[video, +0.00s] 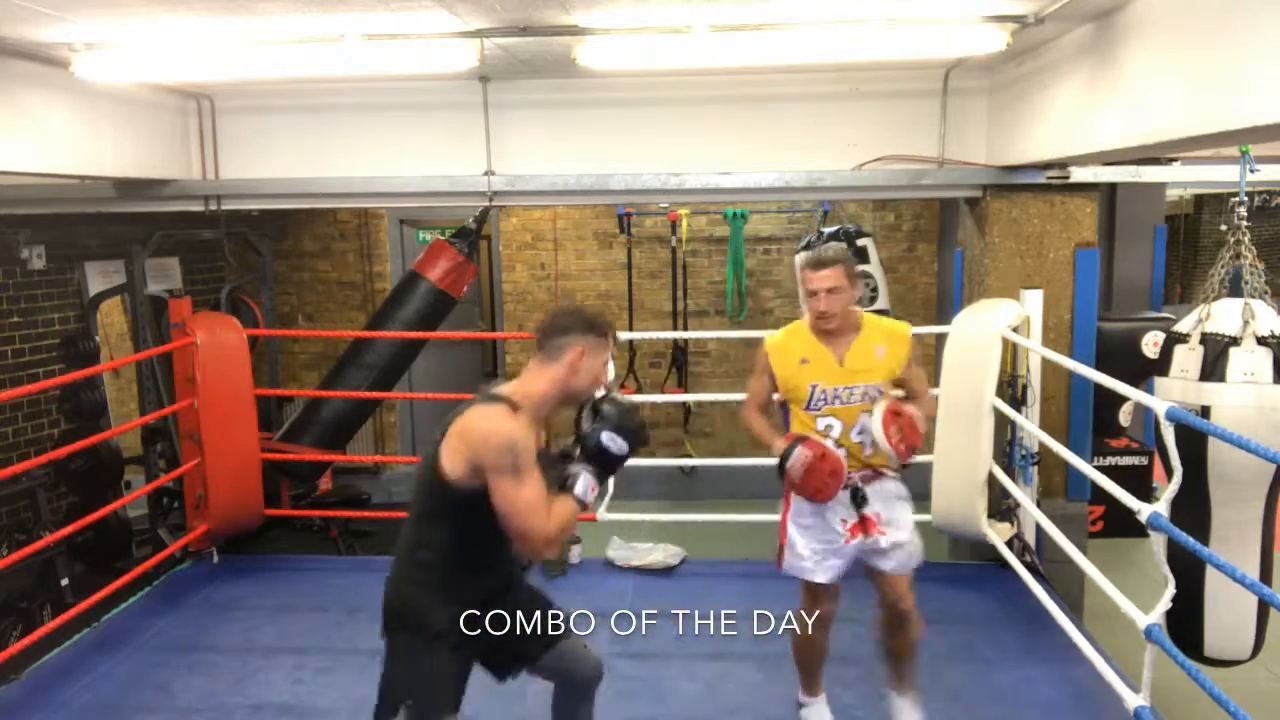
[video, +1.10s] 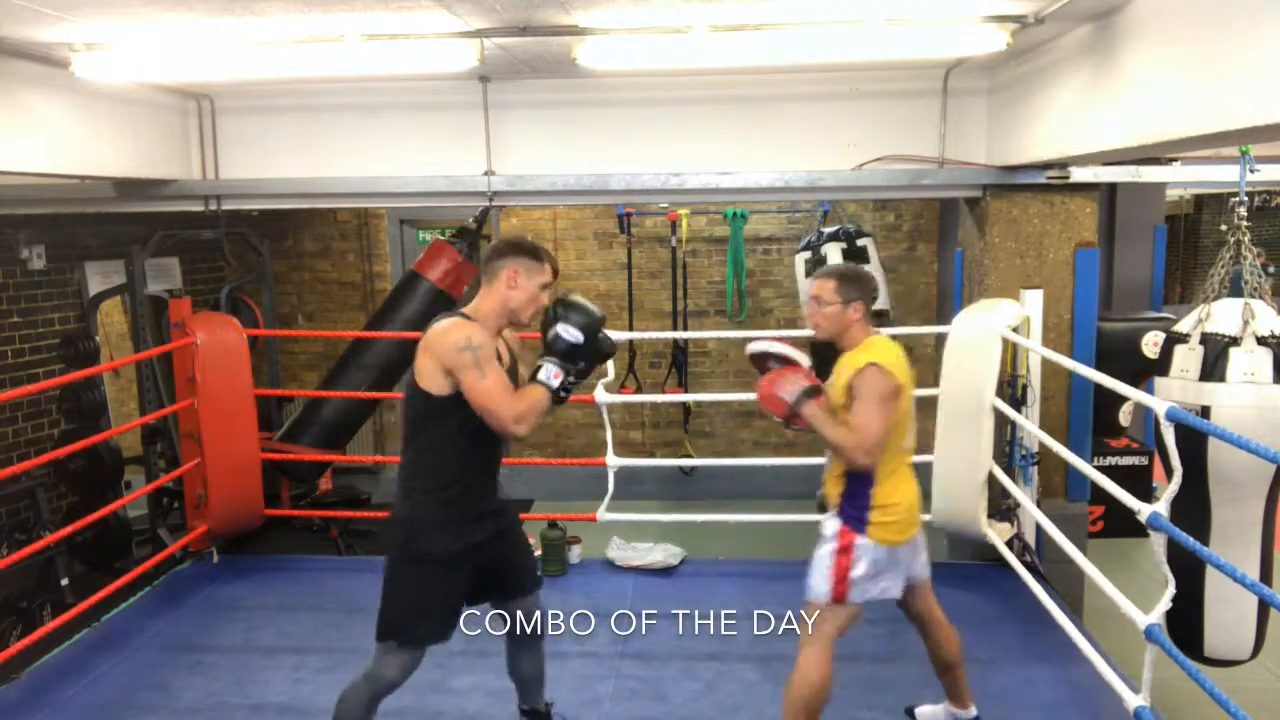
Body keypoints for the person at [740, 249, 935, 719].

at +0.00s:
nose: (821, 305)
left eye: (832, 293)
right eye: (811, 294)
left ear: (855, 291)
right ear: (801, 295)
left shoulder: (896, 338)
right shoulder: (779, 348)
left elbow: (922, 397)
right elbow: (751, 409)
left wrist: (912, 421)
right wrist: (782, 447)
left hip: (883, 490)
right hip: (815, 496)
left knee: (901, 605)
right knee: (817, 607)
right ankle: (812, 701)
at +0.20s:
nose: (840, 315)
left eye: (852, 304)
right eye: (838, 305)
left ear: (888, 307)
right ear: (837, 308)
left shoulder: (938, 368)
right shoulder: (836, 358)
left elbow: (985, 436)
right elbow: (826, 414)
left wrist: (939, 460)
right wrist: (815, 445)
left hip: (916, 517)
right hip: (852, 509)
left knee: (940, 633)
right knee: (839, 616)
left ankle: (968, 716)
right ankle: (860, 705)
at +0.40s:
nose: (859, 304)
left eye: (871, 294)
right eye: (857, 293)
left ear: (907, 297)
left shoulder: (945, 364)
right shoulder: (879, 343)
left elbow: (986, 439)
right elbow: (889, 412)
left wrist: (910, 449)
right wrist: (849, 423)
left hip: (938, 518)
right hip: (890, 505)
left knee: (956, 626)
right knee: (877, 597)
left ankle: (974, 716)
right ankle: (923, 699)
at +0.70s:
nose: (860, 304)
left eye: (871, 295)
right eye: (860, 294)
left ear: (908, 299)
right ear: (899, 303)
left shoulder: (933, 360)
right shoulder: (897, 346)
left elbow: (937, 449)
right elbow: (863, 391)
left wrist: (859, 420)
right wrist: (828, 383)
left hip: (926, 514)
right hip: (907, 505)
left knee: (917, 630)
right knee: (944, 612)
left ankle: (972, 714)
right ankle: (961, 702)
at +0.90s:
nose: (843, 305)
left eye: (854, 296)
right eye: (844, 295)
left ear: (890, 301)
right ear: (884, 304)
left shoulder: (916, 359)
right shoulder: (884, 346)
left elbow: (903, 443)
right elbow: (844, 391)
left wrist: (833, 403)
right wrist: (812, 381)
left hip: (905, 508)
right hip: (924, 502)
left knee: (847, 611)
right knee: (943, 607)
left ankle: (914, 711)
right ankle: (966, 707)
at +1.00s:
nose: (830, 309)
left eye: (840, 300)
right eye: (830, 299)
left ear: (875, 305)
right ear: (871, 306)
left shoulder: (902, 363)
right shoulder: (871, 352)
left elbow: (892, 448)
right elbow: (842, 401)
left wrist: (825, 408)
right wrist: (809, 390)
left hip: (888, 514)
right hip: (913, 510)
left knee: (828, 615)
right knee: (936, 609)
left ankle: (843, 714)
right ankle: (964, 707)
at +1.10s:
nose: (809, 312)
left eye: (820, 304)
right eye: (810, 302)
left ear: (854, 311)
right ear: (854, 312)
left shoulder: (874, 366)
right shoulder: (872, 354)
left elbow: (863, 450)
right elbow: (856, 427)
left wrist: (807, 402)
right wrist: (808, 406)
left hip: (863, 523)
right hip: (897, 515)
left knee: (816, 638)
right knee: (926, 613)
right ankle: (962, 707)